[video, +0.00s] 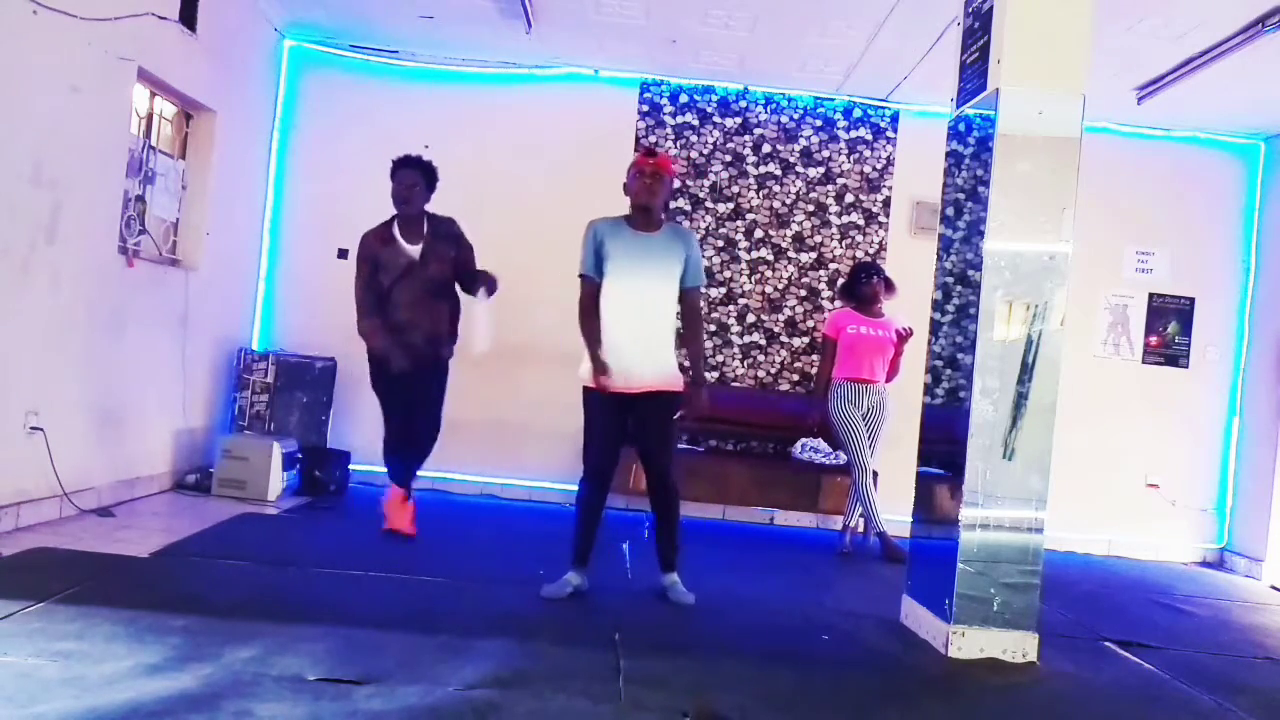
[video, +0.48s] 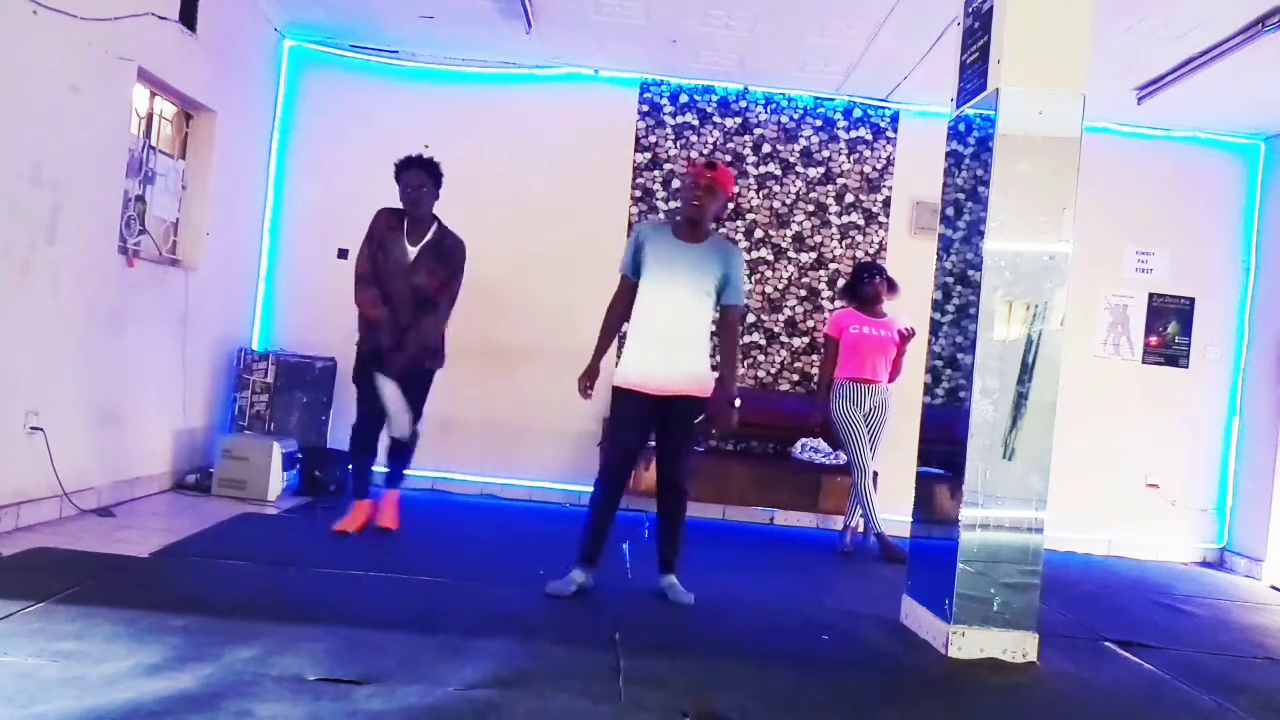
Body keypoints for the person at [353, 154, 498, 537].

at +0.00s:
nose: (403, 193)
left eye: (412, 187)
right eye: (398, 186)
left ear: (428, 191)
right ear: (391, 190)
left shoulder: (449, 232)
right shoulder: (373, 241)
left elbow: (466, 278)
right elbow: (365, 305)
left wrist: (482, 283)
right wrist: (384, 348)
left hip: (433, 352)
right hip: (390, 352)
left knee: (427, 426)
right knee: (398, 423)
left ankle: (397, 491)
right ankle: (403, 499)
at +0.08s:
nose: (409, 195)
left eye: (417, 189)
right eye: (403, 188)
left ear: (432, 194)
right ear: (394, 192)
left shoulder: (447, 238)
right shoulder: (375, 243)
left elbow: (468, 286)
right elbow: (365, 307)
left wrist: (490, 283)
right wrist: (390, 354)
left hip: (436, 352)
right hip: (391, 352)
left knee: (434, 423)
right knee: (400, 424)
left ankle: (391, 484)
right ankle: (400, 501)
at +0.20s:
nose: (415, 186)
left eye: (424, 180)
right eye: (409, 179)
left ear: (438, 187)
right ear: (400, 183)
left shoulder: (451, 233)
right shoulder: (377, 229)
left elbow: (468, 291)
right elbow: (366, 292)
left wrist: (499, 295)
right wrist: (384, 341)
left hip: (432, 346)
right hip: (387, 343)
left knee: (427, 419)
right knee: (385, 419)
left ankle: (436, 499)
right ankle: (381, 494)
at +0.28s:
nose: (417, 188)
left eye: (426, 181)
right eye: (412, 180)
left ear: (440, 189)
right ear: (402, 184)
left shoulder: (452, 239)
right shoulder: (378, 228)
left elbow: (467, 298)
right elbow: (362, 289)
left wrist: (496, 315)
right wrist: (386, 336)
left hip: (430, 353)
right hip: (383, 347)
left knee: (423, 428)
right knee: (379, 422)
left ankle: (432, 505)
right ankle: (362, 493)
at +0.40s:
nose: (414, 192)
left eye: (423, 185)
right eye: (408, 185)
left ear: (438, 192)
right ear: (400, 189)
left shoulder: (452, 246)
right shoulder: (380, 223)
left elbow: (453, 309)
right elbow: (362, 281)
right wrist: (379, 329)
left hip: (419, 354)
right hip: (376, 348)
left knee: (413, 429)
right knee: (371, 426)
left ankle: (412, 502)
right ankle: (342, 499)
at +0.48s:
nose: (411, 195)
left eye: (420, 188)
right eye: (406, 188)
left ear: (436, 193)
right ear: (399, 191)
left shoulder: (451, 246)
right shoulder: (384, 221)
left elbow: (440, 313)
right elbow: (364, 282)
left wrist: (404, 359)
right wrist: (380, 335)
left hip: (420, 354)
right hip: (375, 346)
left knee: (405, 426)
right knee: (367, 422)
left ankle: (391, 495)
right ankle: (361, 501)